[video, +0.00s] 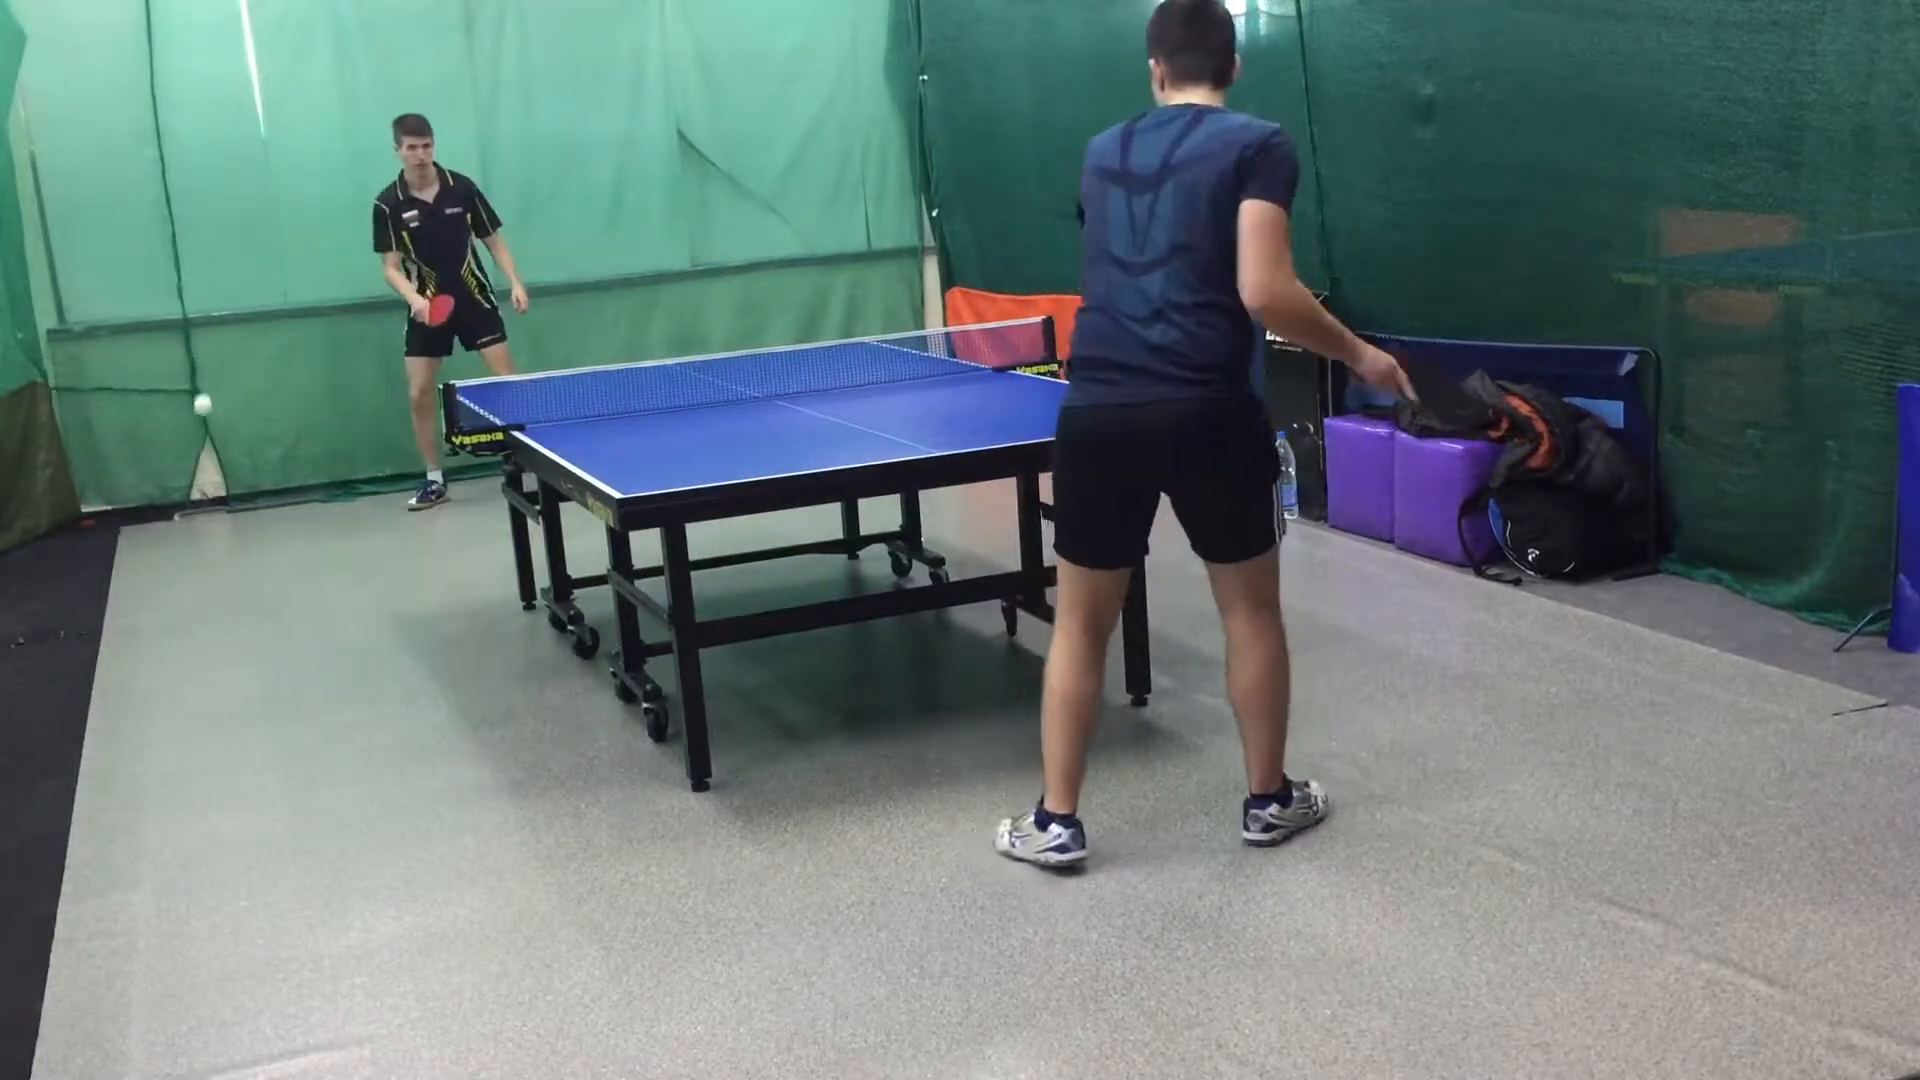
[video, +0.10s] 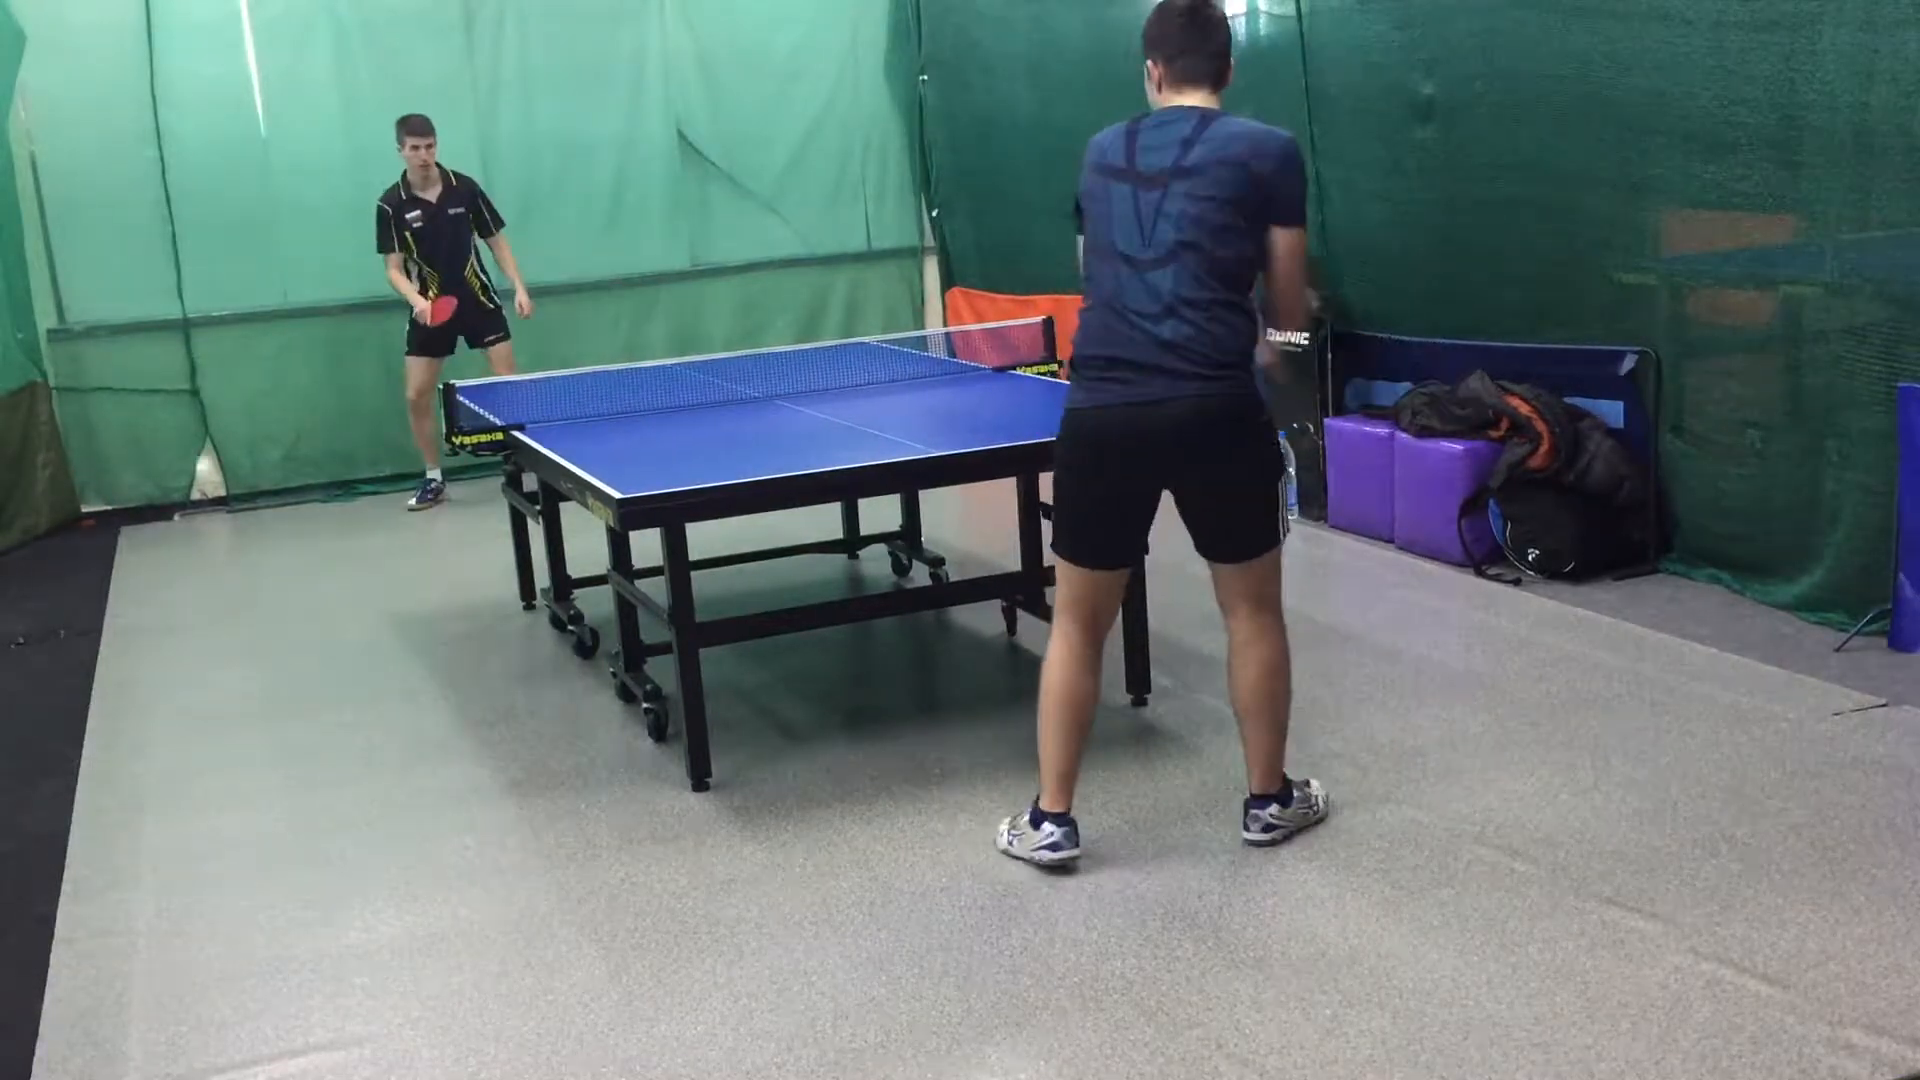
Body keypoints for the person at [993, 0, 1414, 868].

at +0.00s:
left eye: (1161, 61)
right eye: (1231, 64)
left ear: (1153, 69)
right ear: (1234, 69)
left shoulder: (1103, 151)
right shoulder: (1256, 143)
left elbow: (1102, 279)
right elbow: (1266, 292)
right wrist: (1359, 353)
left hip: (1098, 422)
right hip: (1210, 419)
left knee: (1081, 621)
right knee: (1250, 608)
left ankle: (1057, 820)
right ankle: (1267, 799)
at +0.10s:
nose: (1149, 78)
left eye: (1146, 65)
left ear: (1152, 71)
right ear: (1229, 69)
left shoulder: (1102, 151)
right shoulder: (1268, 151)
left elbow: (1096, 275)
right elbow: (1290, 312)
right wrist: (1276, 306)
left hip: (1104, 425)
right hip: (1218, 423)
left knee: (1078, 623)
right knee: (1253, 612)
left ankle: (1053, 819)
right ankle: (1267, 799)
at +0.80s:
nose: (1097, 111)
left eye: (1098, 100)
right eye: (1101, 100)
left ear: (1112, 103)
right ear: (1185, 104)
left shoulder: (1093, 170)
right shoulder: (1241, 182)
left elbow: (1034, 286)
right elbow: (1257, 302)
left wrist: (1093, 329)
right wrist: (1172, 318)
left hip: (1136, 431)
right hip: (1245, 423)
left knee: (1065, 625)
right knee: (1274, 607)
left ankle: (1053, 829)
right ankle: (1330, 786)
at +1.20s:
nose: (1157, 149)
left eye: (1155, 139)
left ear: (1160, 146)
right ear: (1235, 153)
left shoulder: (1104, 213)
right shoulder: (1270, 233)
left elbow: (1019, 322)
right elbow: (1310, 378)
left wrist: (1087, 354)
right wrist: (1392, 433)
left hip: (1098, 467)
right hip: (1217, 468)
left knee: (1040, 633)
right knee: (1289, 611)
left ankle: (1041, 831)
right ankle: (1328, 784)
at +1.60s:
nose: (1205, 119)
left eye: (1206, 108)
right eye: (1213, 109)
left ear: (1213, 115)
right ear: (1283, 125)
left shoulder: (1168, 175)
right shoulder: (1318, 215)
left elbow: (1083, 275)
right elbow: (1320, 353)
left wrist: (1148, 322)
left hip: (1173, 432)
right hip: (1284, 436)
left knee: (1092, 618)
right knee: (1309, 603)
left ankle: (1049, 824)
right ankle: (1330, 782)